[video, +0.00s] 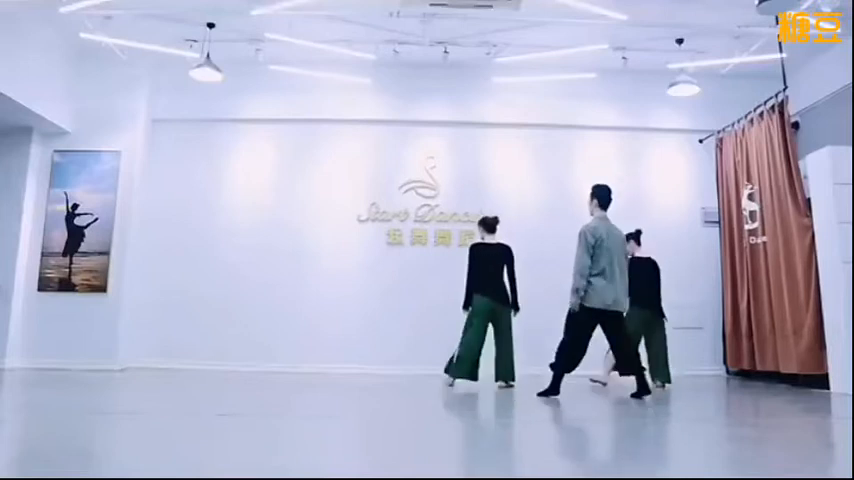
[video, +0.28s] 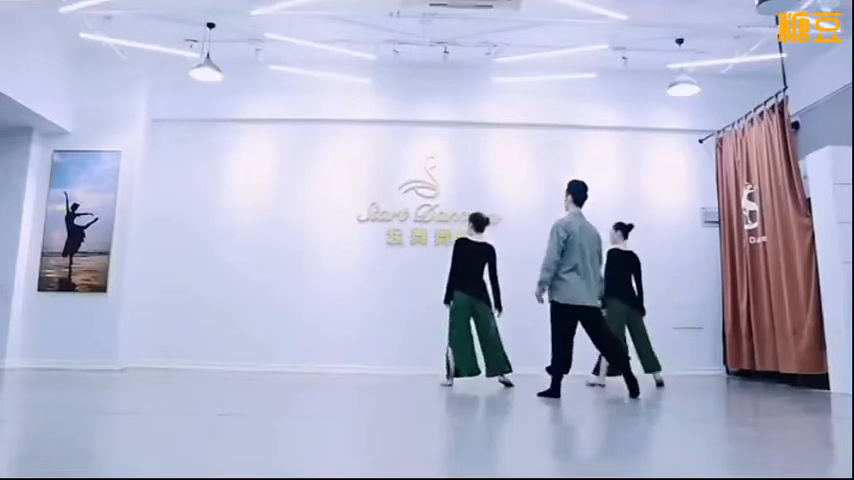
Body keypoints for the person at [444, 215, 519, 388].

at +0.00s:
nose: (478, 232)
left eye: (478, 230)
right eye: (479, 230)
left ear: (481, 230)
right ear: (495, 230)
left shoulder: (475, 248)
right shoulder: (505, 249)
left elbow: (470, 277)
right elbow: (511, 278)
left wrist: (466, 301)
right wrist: (515, 301)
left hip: (480, 298)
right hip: (501, 300)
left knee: (471, 336)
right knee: (504, 340)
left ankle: (454, 372)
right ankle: (505, 377)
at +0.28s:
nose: (468, 226)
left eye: (469, 224)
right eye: (471, 224)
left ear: (470, 225)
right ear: (485, 227)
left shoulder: (460, 243)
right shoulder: (489, 249)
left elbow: (453, 271)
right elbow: (493, 278)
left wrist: (448, 295)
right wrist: (498, 302)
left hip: (460, 293)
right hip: (480, 294)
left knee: (456, 333)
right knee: (489, 333)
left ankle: (451, 373)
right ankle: (501, 372)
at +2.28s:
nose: (458, 233)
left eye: (456, 228)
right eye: (461, 230)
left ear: (447, 227)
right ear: (462, 230)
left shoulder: (436, 243)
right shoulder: (466, 248)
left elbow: (431, 271)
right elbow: (472, 276)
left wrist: (430, 294)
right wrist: (479, 299)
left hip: (445, 292)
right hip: (465, 292)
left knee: (446, 333)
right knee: (480, 331)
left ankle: (447, 376)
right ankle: (497, 367)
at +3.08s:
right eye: (452, 251)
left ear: (437, 250)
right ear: (452, 251)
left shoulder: (428, 263)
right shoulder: (457, 265)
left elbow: (424, 288)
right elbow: (468, 289)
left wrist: (425, 309)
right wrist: (475, 312)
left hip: (438, 301)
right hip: (458, 302)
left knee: (440, 342)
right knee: (468, 338)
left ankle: (444, 379)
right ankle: (492, 369)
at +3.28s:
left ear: (433, 256)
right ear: (448, 256)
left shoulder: (426, 267)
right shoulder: (455, 268)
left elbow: (422, 293)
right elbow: (465, 294)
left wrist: (421, 315)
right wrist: (470, 317)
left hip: (436, 307)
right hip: (457, 308)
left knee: (438, 344)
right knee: (453, 339)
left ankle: (443, 381)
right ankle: (465, 367)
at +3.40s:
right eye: (444, 258)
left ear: (432, 257)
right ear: (446, 258)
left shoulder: (425, 267)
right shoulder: (454, 269)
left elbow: (421, 292)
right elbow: (461, 295)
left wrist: (419, 315)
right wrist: (465, 318)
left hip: (434, 308)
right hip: (453, 309)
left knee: (436, 345)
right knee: (448, 339)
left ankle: (439, 379)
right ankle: (448, 369)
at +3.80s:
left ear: (427, 234)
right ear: (440, 236)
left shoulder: (419, 245)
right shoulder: (448, 248)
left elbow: (414, 271)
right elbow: (452, 276)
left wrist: (412, 293)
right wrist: (454, 300)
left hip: (425, 290)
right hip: (444, 293)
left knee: (431, 331)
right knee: (438, 332)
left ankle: (442, 370)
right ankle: (427, 368)